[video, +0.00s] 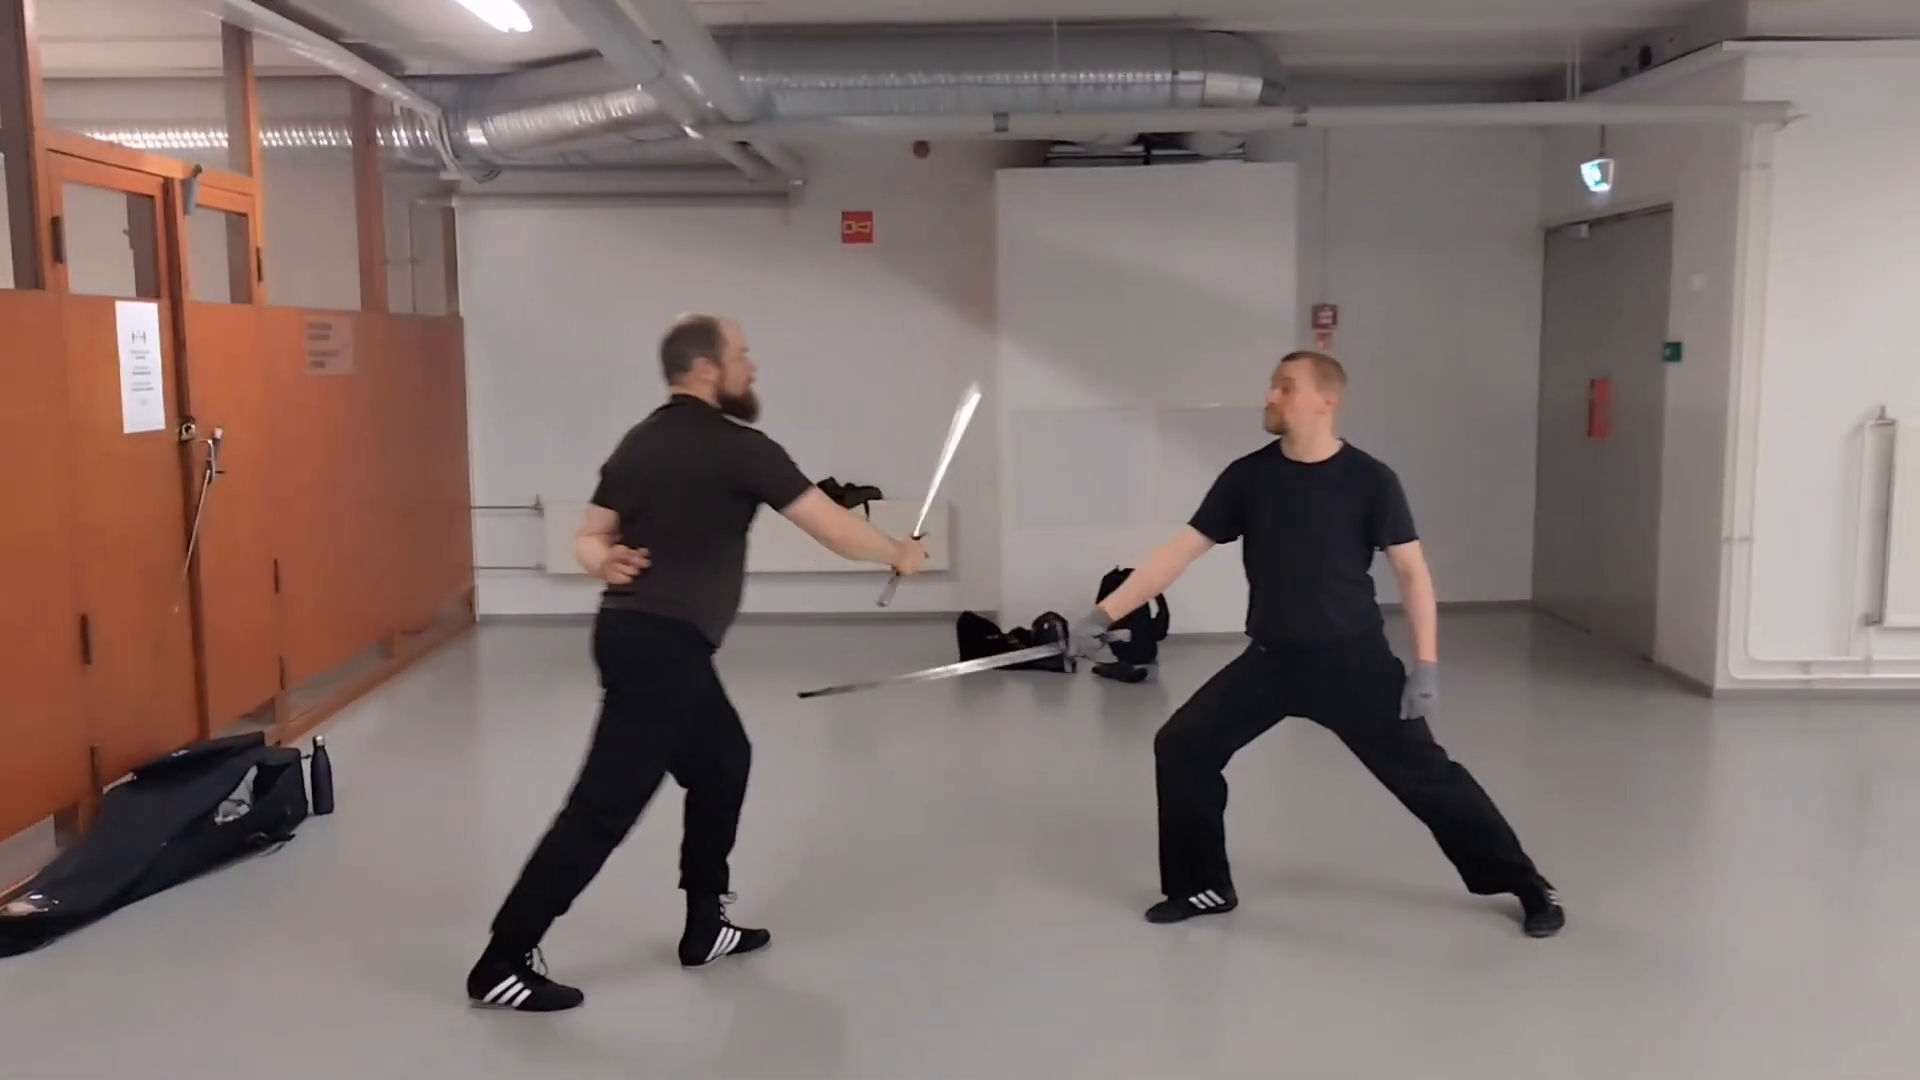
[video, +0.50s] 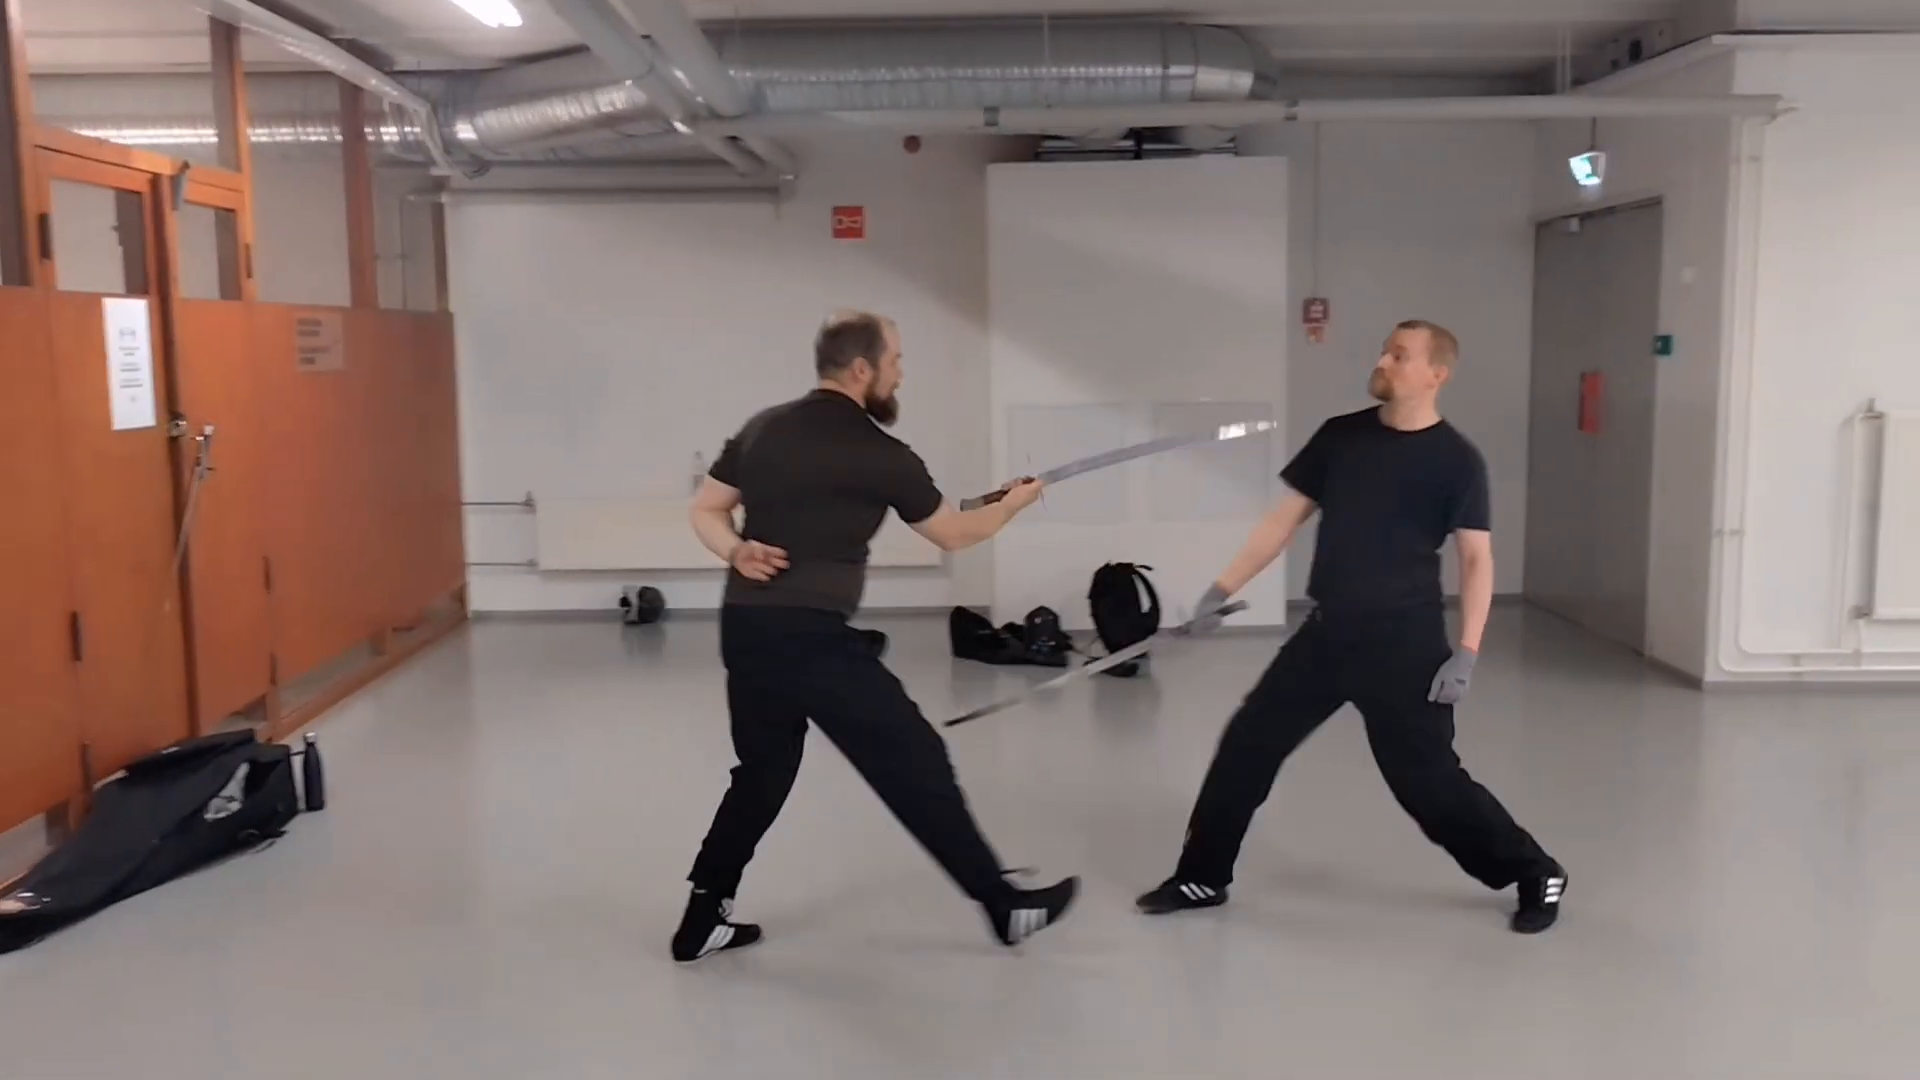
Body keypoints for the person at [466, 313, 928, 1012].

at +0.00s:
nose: (754, 368)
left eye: (749, 355)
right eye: (743, 357)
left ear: (686, 374)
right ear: (705, 371)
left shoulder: (643, 441)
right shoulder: (740, 446)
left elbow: (590, 540)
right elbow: (837, 530)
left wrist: (607, 559)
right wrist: (896, 553)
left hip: (630, 632)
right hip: (666, 643)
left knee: (722, 760)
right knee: (602, 808)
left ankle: (705, 927)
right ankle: (501, 965)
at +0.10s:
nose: (787, 367)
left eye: (782, 355)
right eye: (777, 357)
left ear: (722, 374)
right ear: (741, 370)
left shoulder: (670, 439)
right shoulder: (770, 452)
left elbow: (623, 534)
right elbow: (855, 550)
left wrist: (639, 556)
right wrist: (910, 545)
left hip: (659, 629)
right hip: (701, 638)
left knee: (744, 761)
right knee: (680, 798)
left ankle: (715, 924)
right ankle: (540, 934)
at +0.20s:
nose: (818, 366)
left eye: (814, 353)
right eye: (809, 355)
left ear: (752, 370)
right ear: (776, 368)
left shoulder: (693, 433)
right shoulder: (801, 453)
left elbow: (644, 519)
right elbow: (872, 544)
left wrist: (657, 549)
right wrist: (929, 526)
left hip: (672, 624)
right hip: (728, 630)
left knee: (734, 777)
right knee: (767, 796)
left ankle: (718, 925)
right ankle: (629, 915)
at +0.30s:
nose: (847, 366)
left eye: (844, 354)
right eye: (839, 355)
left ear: (780, 366)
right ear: (807, 365)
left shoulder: (715, 426)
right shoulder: (825, 450)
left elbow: (661, 508)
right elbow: (895, 533)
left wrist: (679, 544)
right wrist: (957, 513)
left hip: (688, 622)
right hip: (752, 628)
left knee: (743, 771)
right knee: (833, 774)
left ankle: (713, 924)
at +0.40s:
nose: (872, 369)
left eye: (870, 357)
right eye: (866, 357)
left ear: (806, 366)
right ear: (834, 365)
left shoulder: (737, 424)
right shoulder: (849, 449)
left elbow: (678, 503)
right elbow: (923, 527)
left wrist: (701, 543)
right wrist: (987, 507)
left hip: (714, 628)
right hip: (782, 629)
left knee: (749, 773)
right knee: (879, 756)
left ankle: (707, 923)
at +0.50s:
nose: (901, 372)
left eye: (899, 360)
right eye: (894, 361)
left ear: (835, 370)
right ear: (861, 369)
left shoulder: (766, 429)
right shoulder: (880, 453)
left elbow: (706, 509)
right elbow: (951, 532)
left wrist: (735, 549)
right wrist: (1011, 505)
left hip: (746, 631)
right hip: (815, 633)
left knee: (763, 771)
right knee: (913, 757)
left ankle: (700, 920)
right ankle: (1003, 902)